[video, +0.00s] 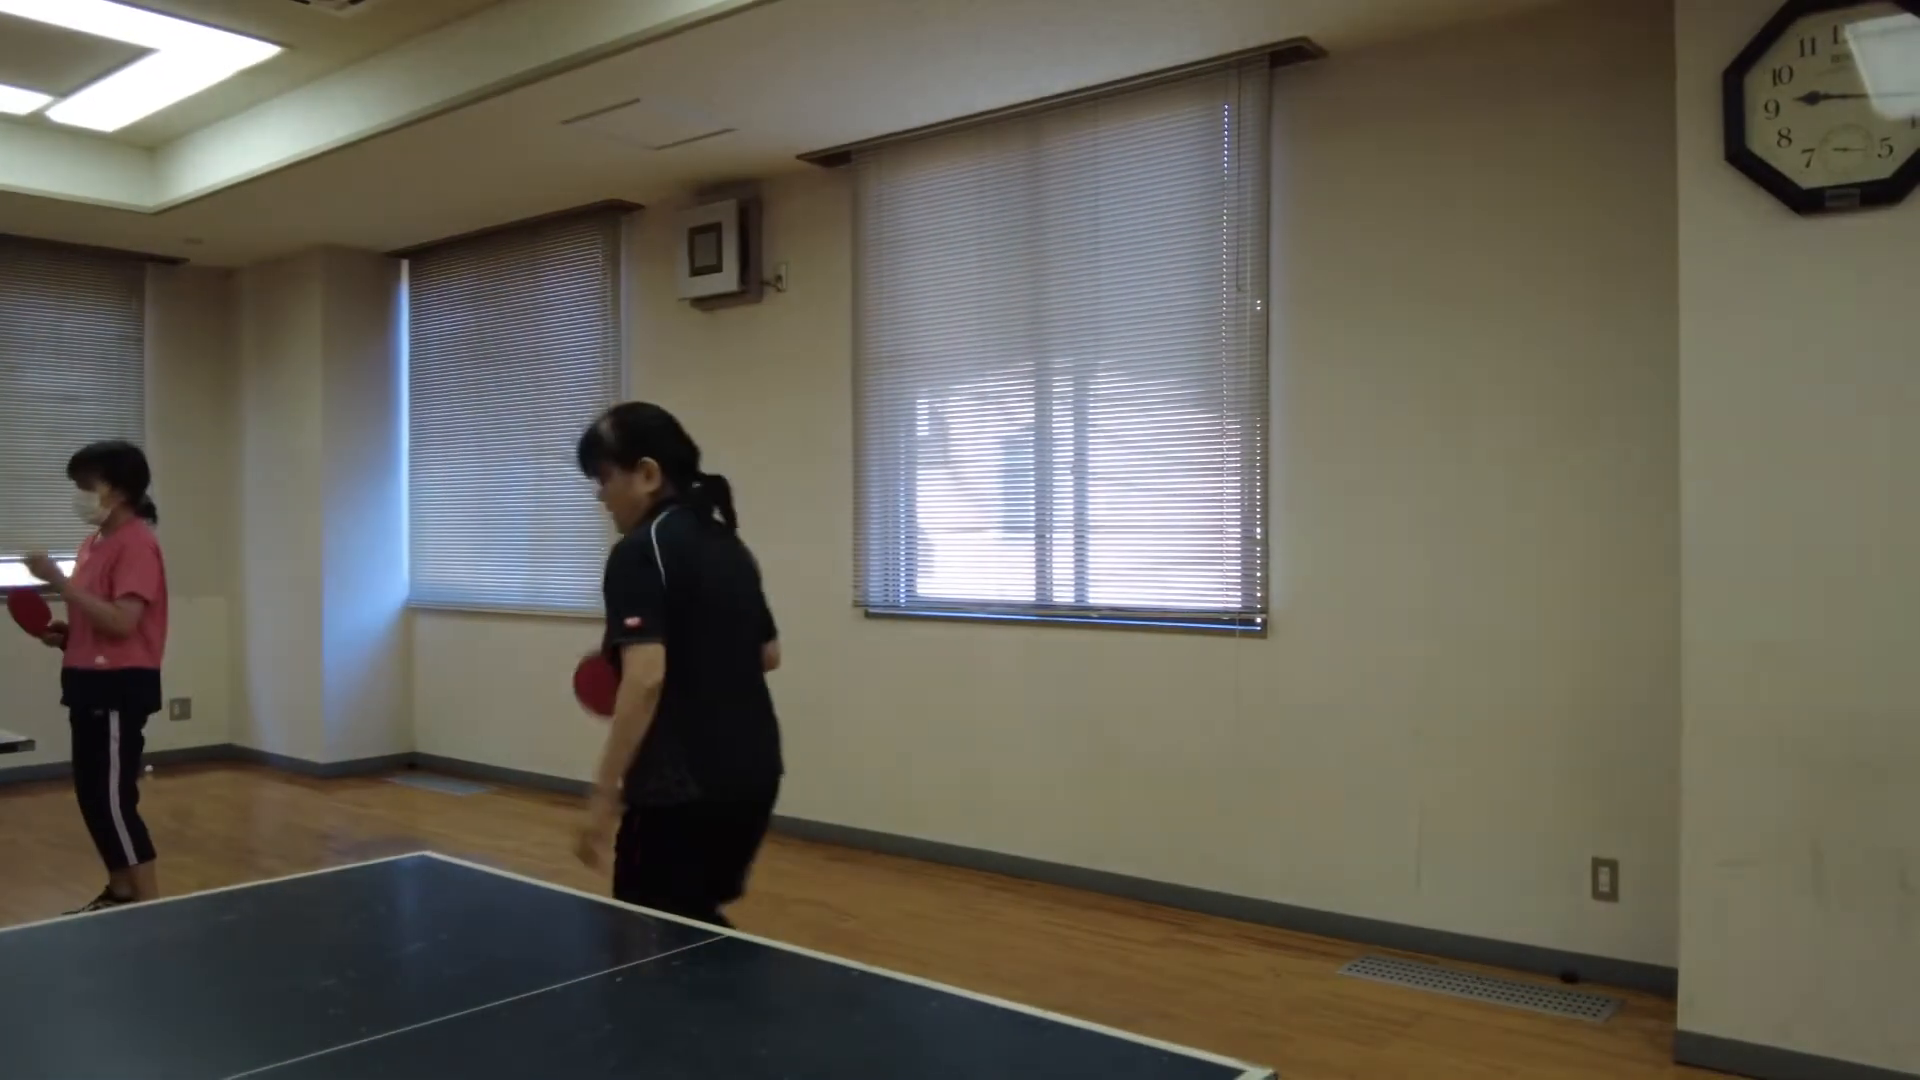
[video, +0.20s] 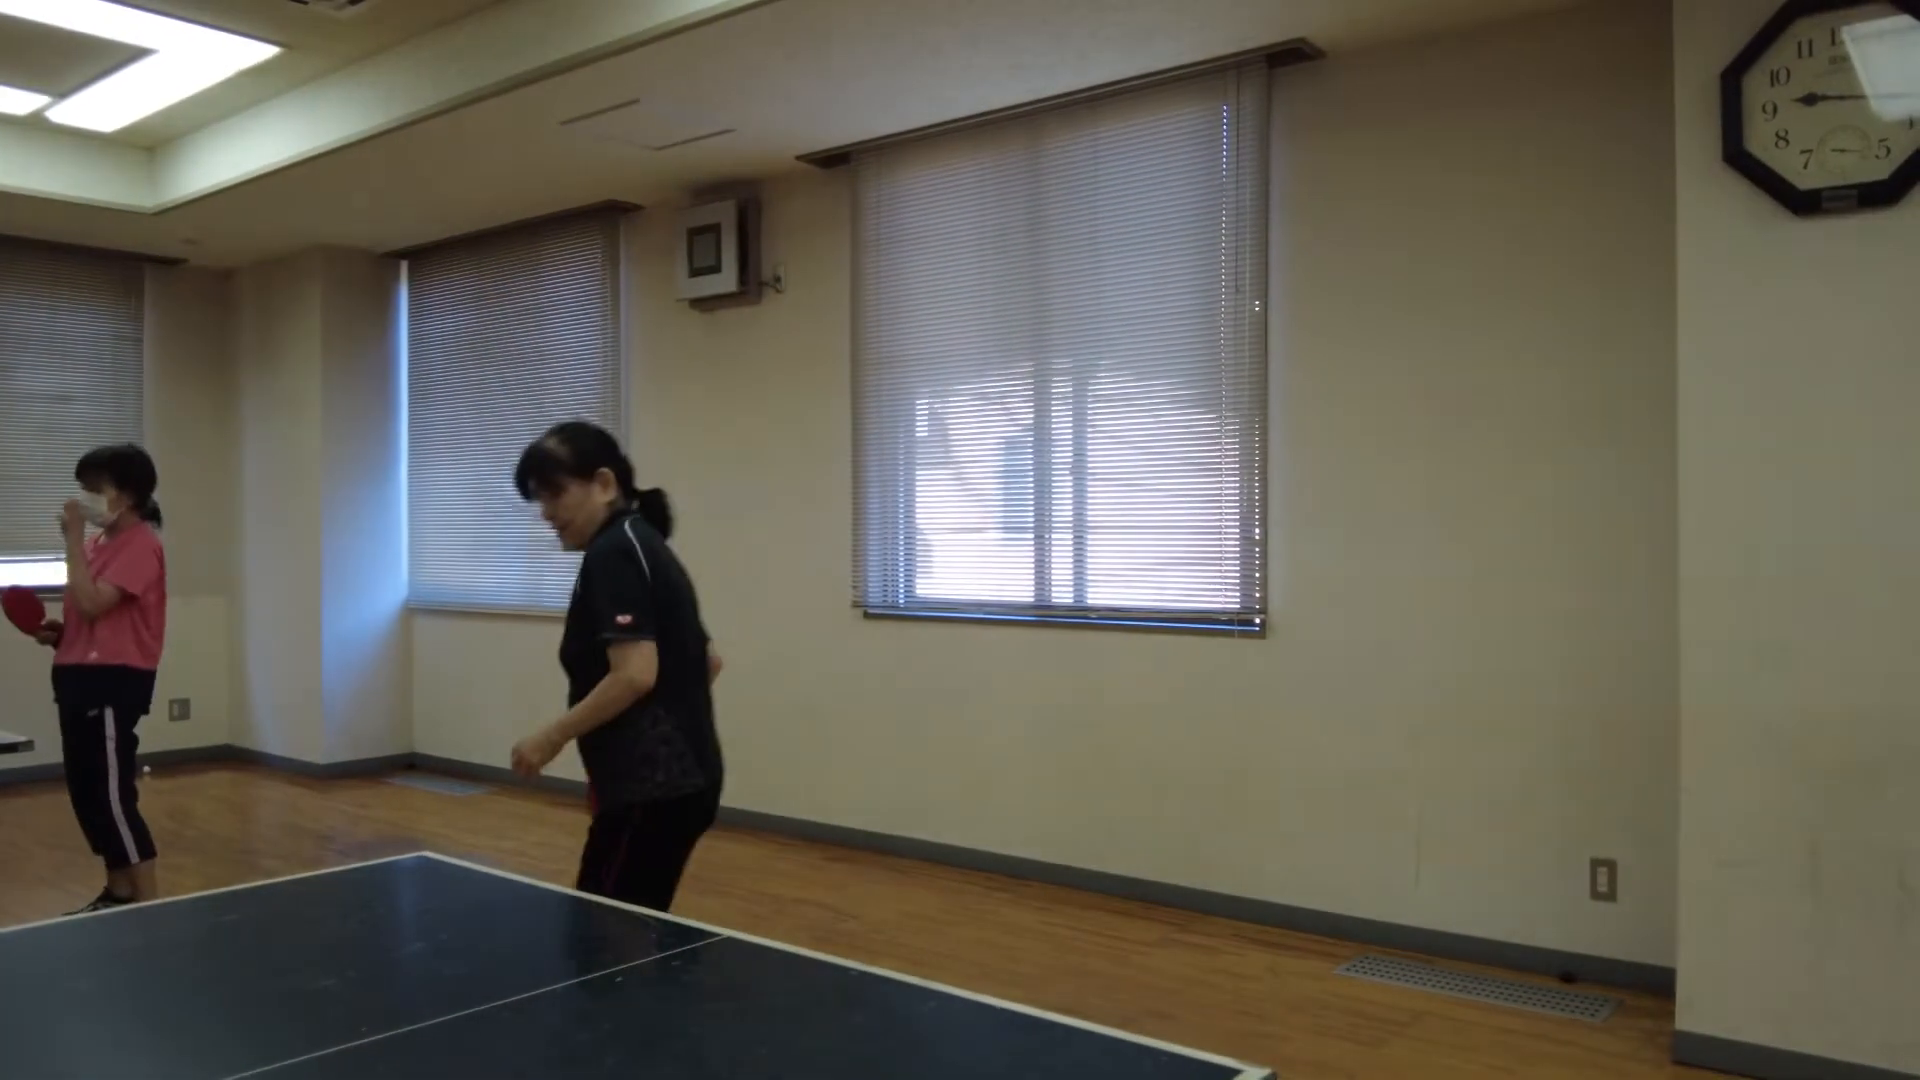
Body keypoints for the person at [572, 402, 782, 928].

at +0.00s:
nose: (600, 497)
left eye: (605, 479)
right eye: (597, 483)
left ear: (648, 474)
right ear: (655, 474)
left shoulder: (639, 553)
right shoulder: (726, 543)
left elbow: (644, 678)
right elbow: (766, 652)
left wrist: (605, 793)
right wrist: (666, 665)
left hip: (676, 778)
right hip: (749, 768)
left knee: (645, 925)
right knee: (694, 913)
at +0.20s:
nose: (546, 512)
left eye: (555, 493)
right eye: (540, 500)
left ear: (604, 483)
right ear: (607, 488)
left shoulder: (614, 551)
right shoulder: (644, 545)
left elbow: (635, 672)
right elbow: (706, 661)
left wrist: (555, 736)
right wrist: (643, 737)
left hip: (649, 788)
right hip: (676, 780)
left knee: (601, 931)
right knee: (625, 933)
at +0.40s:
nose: (502, 541)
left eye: (511, 521)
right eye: (492, 530)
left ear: (557, 506)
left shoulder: (589, 570)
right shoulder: (567, 575)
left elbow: (650, 677)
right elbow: (597, 692)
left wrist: (593, 780)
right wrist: (571, 793)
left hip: (639, 798)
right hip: (613, 796)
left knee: (570, 927)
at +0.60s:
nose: (483, 530)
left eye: (492, 509)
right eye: (473, 519)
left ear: (538, 494)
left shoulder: (572, 556)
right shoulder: (545, 568)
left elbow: (636, 660)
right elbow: (588, 684)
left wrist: (578, 766)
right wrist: (540, 764)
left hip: (627, 789)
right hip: (589, 790)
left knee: (613, 946)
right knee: (540, 930)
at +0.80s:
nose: (449, 548)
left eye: (460, 529)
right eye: (439, 535)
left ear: (510, 518)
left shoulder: (550, 593)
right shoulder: (504, 598)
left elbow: (557, 725)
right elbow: (525, 718)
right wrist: (497, 793)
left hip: (609, 808)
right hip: (538, 801)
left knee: (627, 955)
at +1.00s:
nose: (321, 549)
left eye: (332, 528)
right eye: (312, 536)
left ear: (384, 512)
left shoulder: (426, 588)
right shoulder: (399, 588)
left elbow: (428, 729)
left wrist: (292, 785)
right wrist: (419, 803)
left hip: (504, 821)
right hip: (455, 815)